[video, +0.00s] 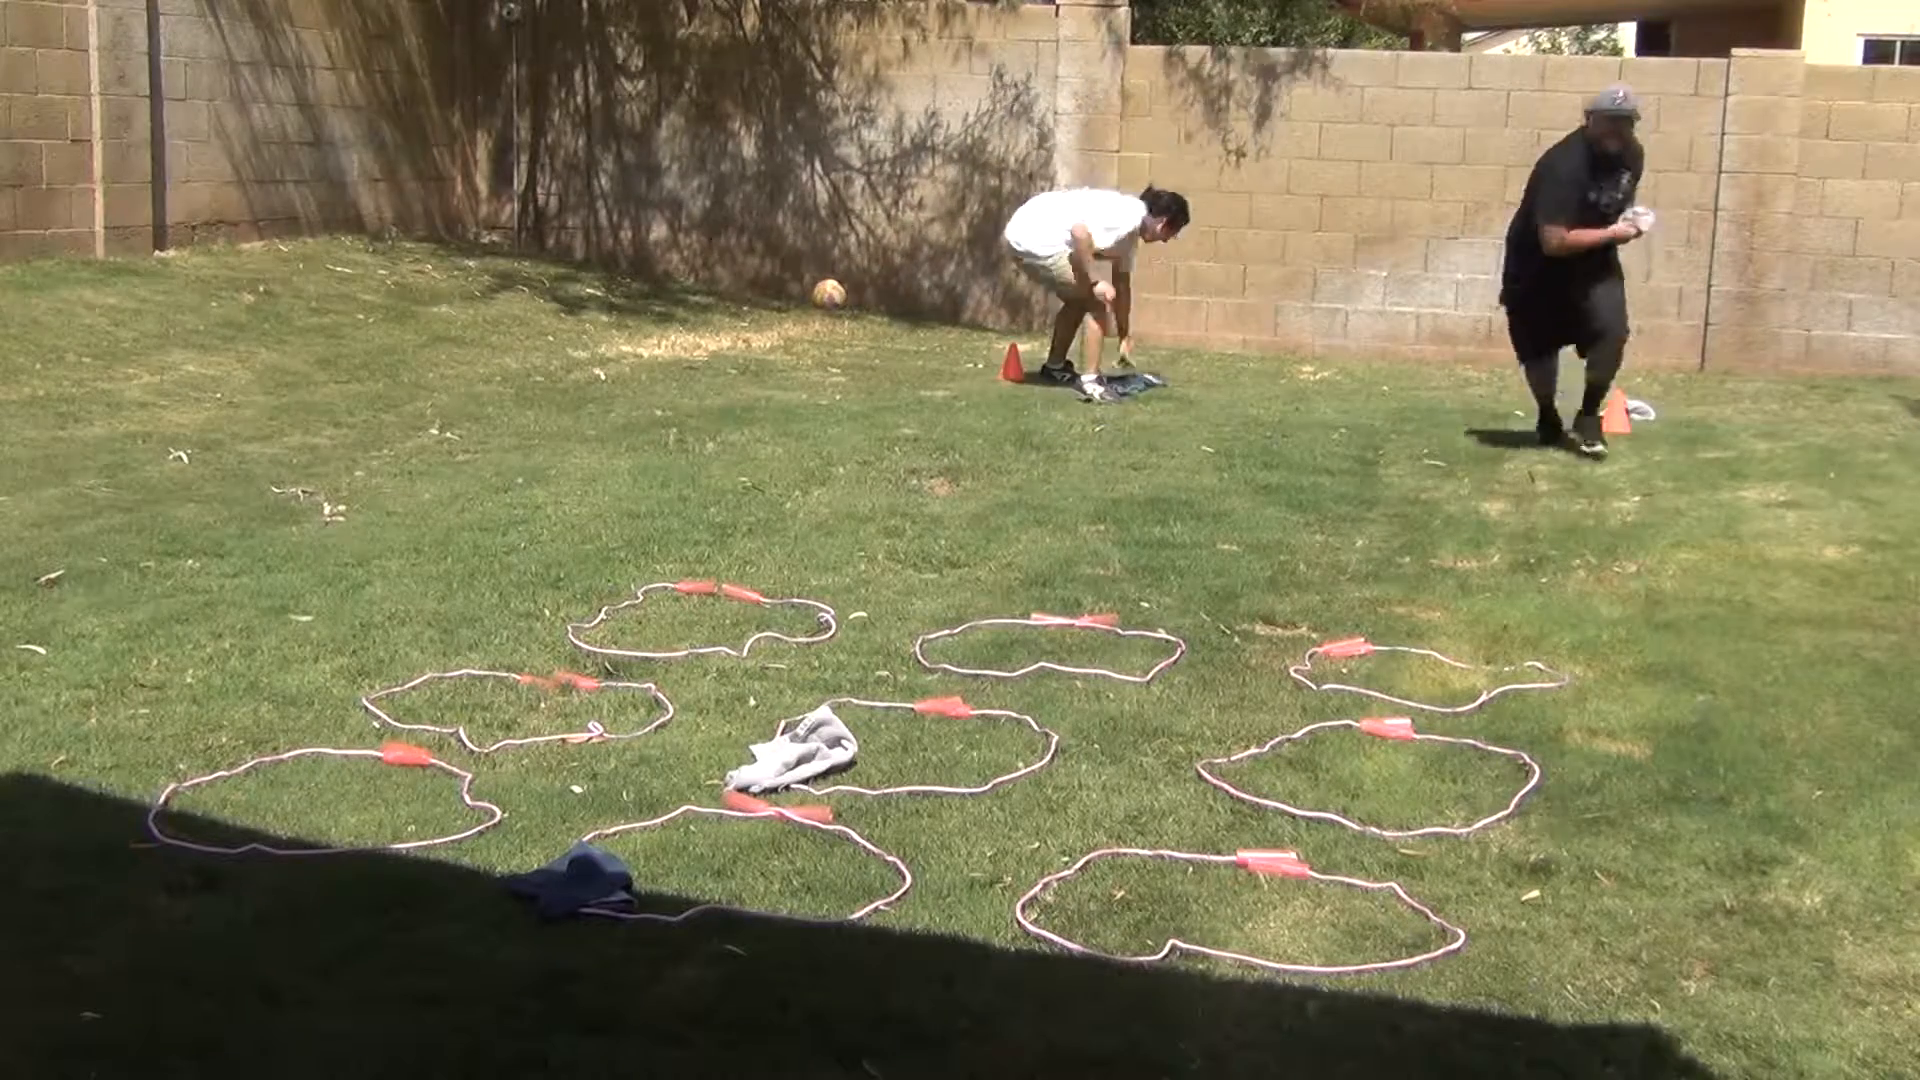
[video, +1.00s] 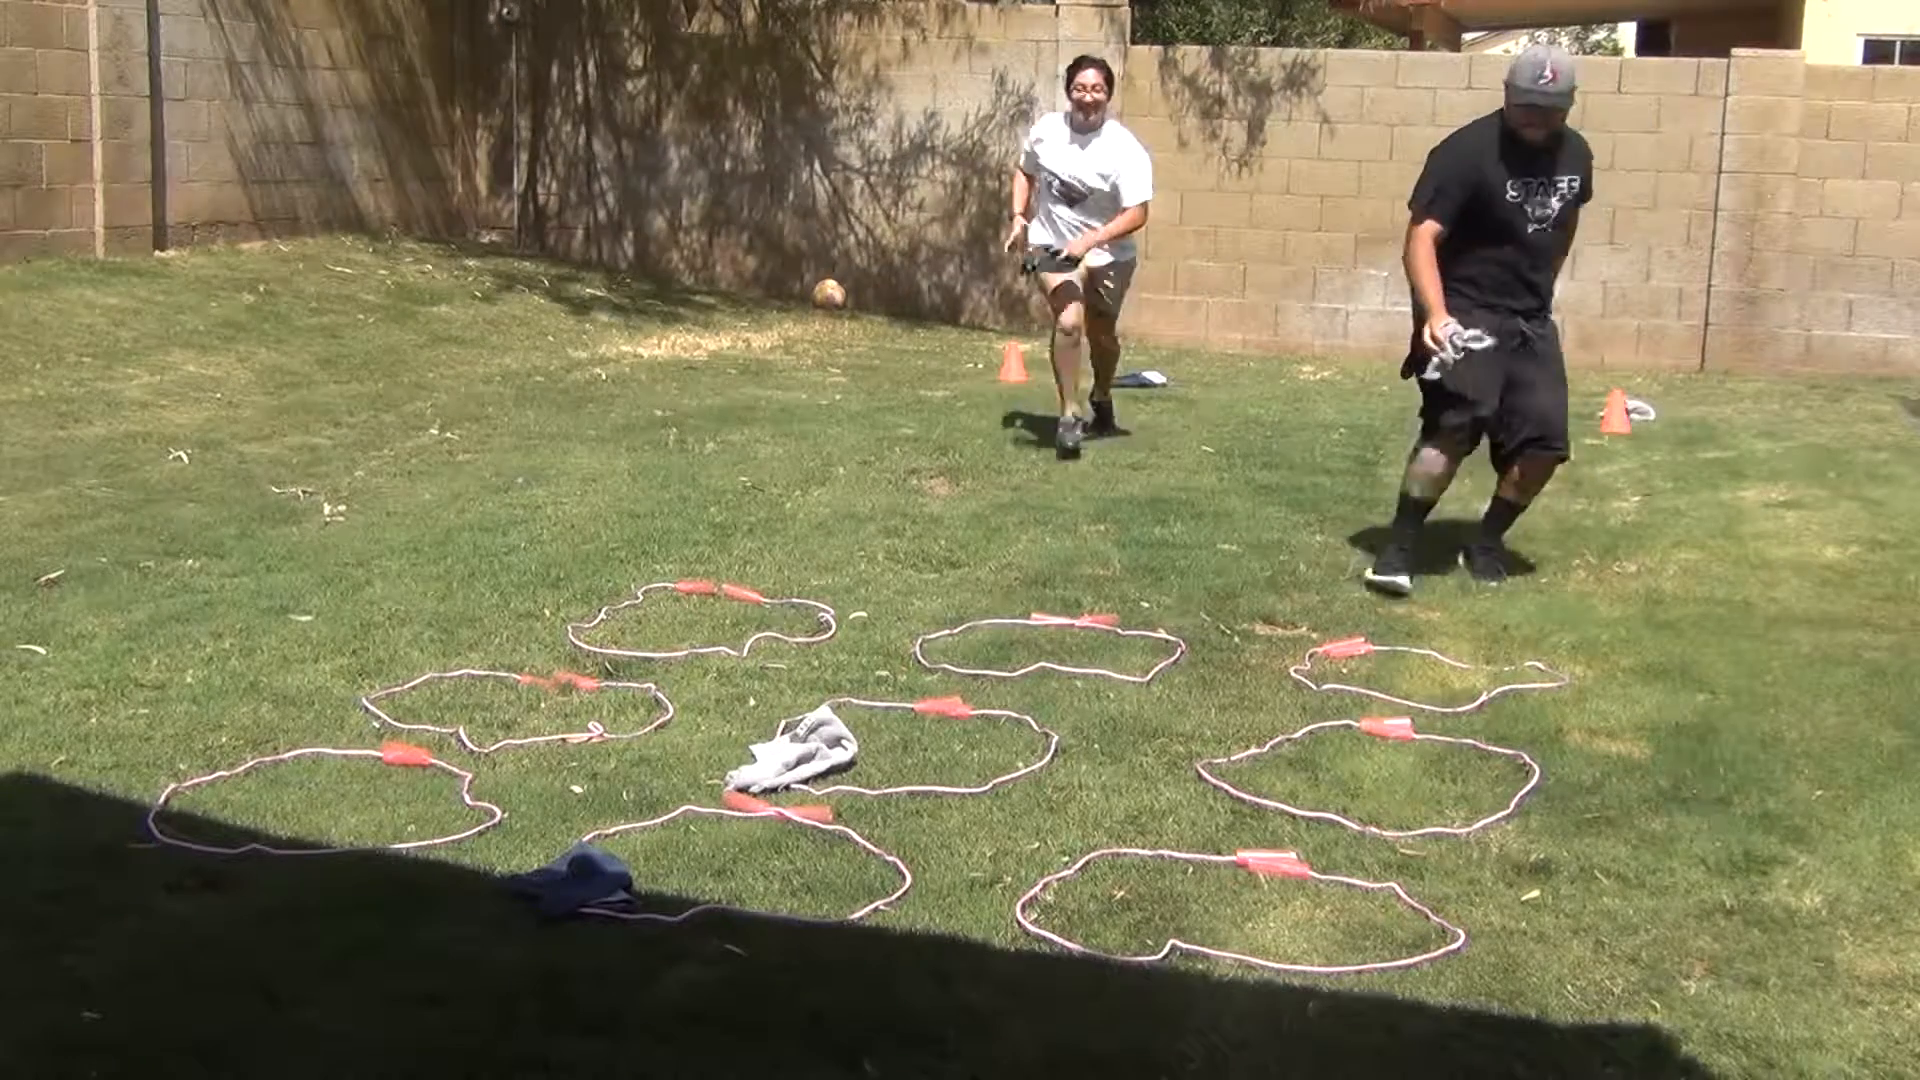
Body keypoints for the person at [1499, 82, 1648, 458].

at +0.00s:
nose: (1618, 132)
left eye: (1625, 123)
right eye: (1610, 123)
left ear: (1634, 125)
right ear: (1589, 123)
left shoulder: (1631, 157)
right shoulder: (1561, 163)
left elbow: (1613, 207)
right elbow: (1552, 241)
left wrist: (1629, 217)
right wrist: (1615, 233)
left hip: (1593, 260)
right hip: (1537, 266)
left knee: (1611, 335)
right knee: (1540, 352)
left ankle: (1589, 417)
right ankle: (1548, 417)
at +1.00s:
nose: (1532, 119)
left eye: (1546, 110)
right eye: (1523, 107)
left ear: (1567, 106)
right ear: (1506, 98)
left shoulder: (1574, 156)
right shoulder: (1464, 152)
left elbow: (1563, 234)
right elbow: (1420, 238)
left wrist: (1538, 294)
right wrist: (1434, 312)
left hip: (1532, 318)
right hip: (1464, 312)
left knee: (1544, 442)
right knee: (1457, 423)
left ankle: (1486, 543)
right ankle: (1399, 547)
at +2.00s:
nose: (1615, 137)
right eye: (1614, 132)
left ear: (1554, 127)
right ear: (1607, 130)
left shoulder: (1513, 165)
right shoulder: (1626, 168)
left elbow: (1474, 253)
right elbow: (1657, 234)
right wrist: (1639, 321)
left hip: (1486, 291)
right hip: (1566, 298)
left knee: (1504, 422)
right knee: (1586, 427)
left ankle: (1504, 519)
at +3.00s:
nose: (1544, 108)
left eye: (1545, 100)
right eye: (1543, 101)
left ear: (1556, 99)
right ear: (1587, 94)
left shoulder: (1552, 144)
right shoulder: (1628, 131)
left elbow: (1543, 201)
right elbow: (1673, 169)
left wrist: (1531, 237)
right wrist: (1643, 204)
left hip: (1573, 263)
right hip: (1626, 263)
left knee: (1541, 339)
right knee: (1596, 345)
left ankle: (1573, 404)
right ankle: (1603, 432)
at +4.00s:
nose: (1564, 260)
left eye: (1570, 254)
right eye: (1558, 254)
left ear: (1582, 237)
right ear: (1541, 235)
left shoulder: (1602, 244)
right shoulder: (1520, 221)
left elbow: (1614, 304)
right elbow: (1487, 237)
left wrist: (1621, 365)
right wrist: (1493, 288)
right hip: (1545, 257)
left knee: (1579, 314)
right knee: (1550, 323)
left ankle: (1583, 389)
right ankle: (1575, 378)